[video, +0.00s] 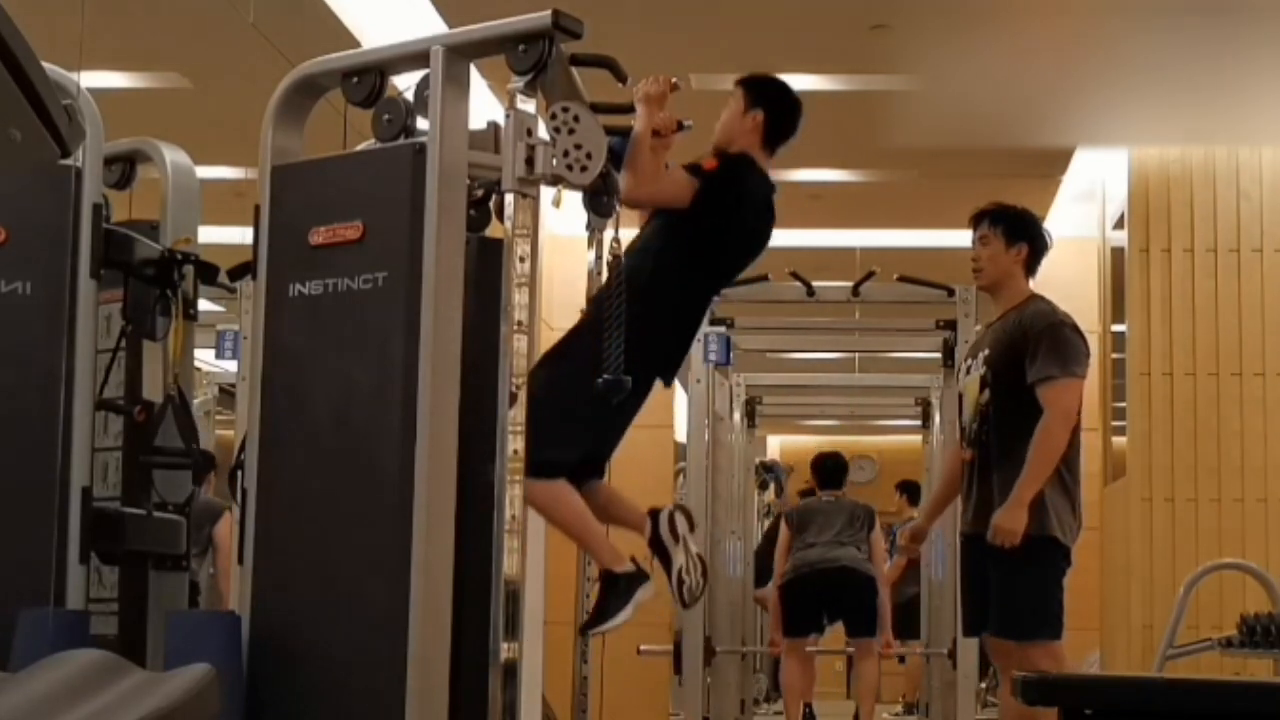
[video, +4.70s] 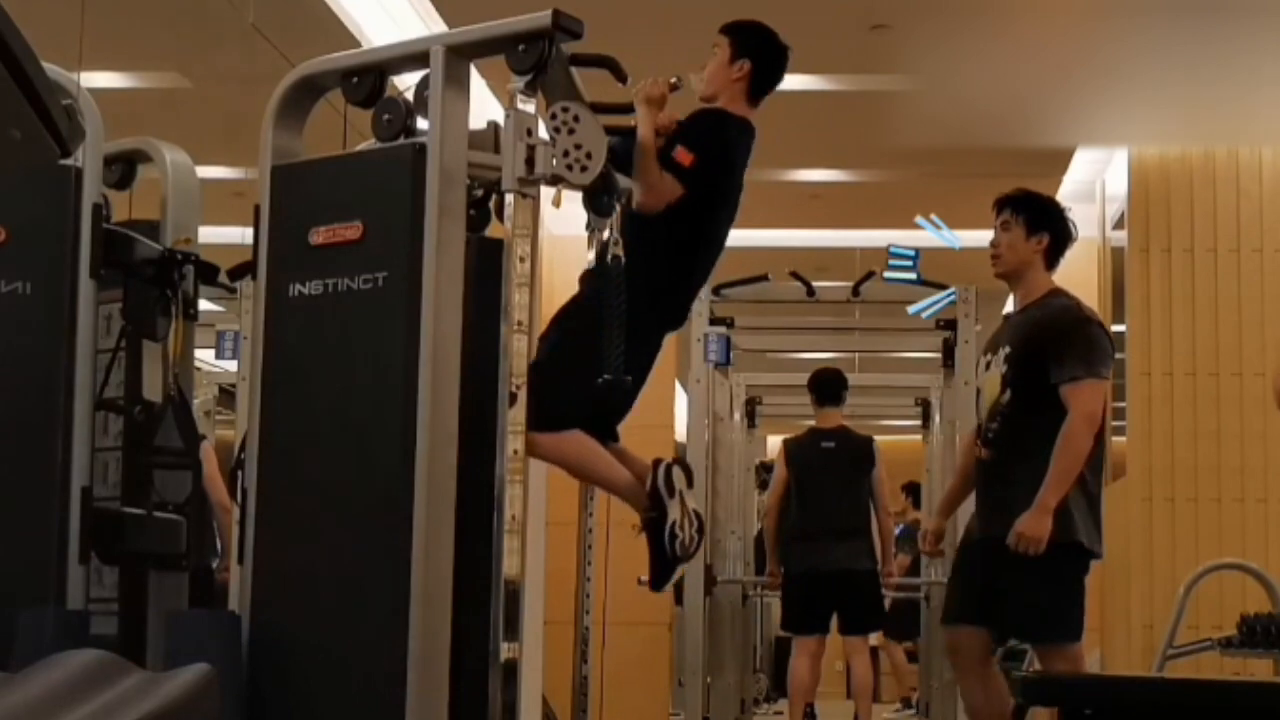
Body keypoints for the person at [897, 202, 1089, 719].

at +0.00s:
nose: (974, 255)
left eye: (986, 244)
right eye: (973, 245)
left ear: (1022, 253)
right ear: (976, 254)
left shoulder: (1048, 325)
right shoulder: (981, 342)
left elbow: (1062, 415)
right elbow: (966, 445)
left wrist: (1019, 502)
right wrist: (926, 518)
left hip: (1033, 524)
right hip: (988, 523)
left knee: (1039, 659)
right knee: (1005, 656)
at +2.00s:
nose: (973, 255)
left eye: (984, 243)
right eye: (973, 245)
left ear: (1020, 249)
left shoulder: (1046, 324)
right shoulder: (995, 336)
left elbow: (1051, 421)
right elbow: (971, 438)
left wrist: (1006, 506)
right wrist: (931, 514)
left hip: (1031, 524)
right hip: (994, 523)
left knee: (1039, 664)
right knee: (1004, 659)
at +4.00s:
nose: (988, 246)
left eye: (1000, 235)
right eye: (989, 236)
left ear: (1037, 245)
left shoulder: (1060, 323)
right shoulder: (994, 334)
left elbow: (1071, 417)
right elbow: (970, 432)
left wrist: (1025, 503)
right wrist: (926, 507)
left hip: (1036, 525)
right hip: (992, 523)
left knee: (1042, 666)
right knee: (1005, 661)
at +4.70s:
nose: (992, 241)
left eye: (1005, 230)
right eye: (993, 230)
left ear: (1041, 244)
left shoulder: (1071, 320)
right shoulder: (1005, 332)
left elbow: (1088, 416)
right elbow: (987, 432)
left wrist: (1044, 507)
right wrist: (942, 511)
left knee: (1060, 659)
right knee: (966, 643)